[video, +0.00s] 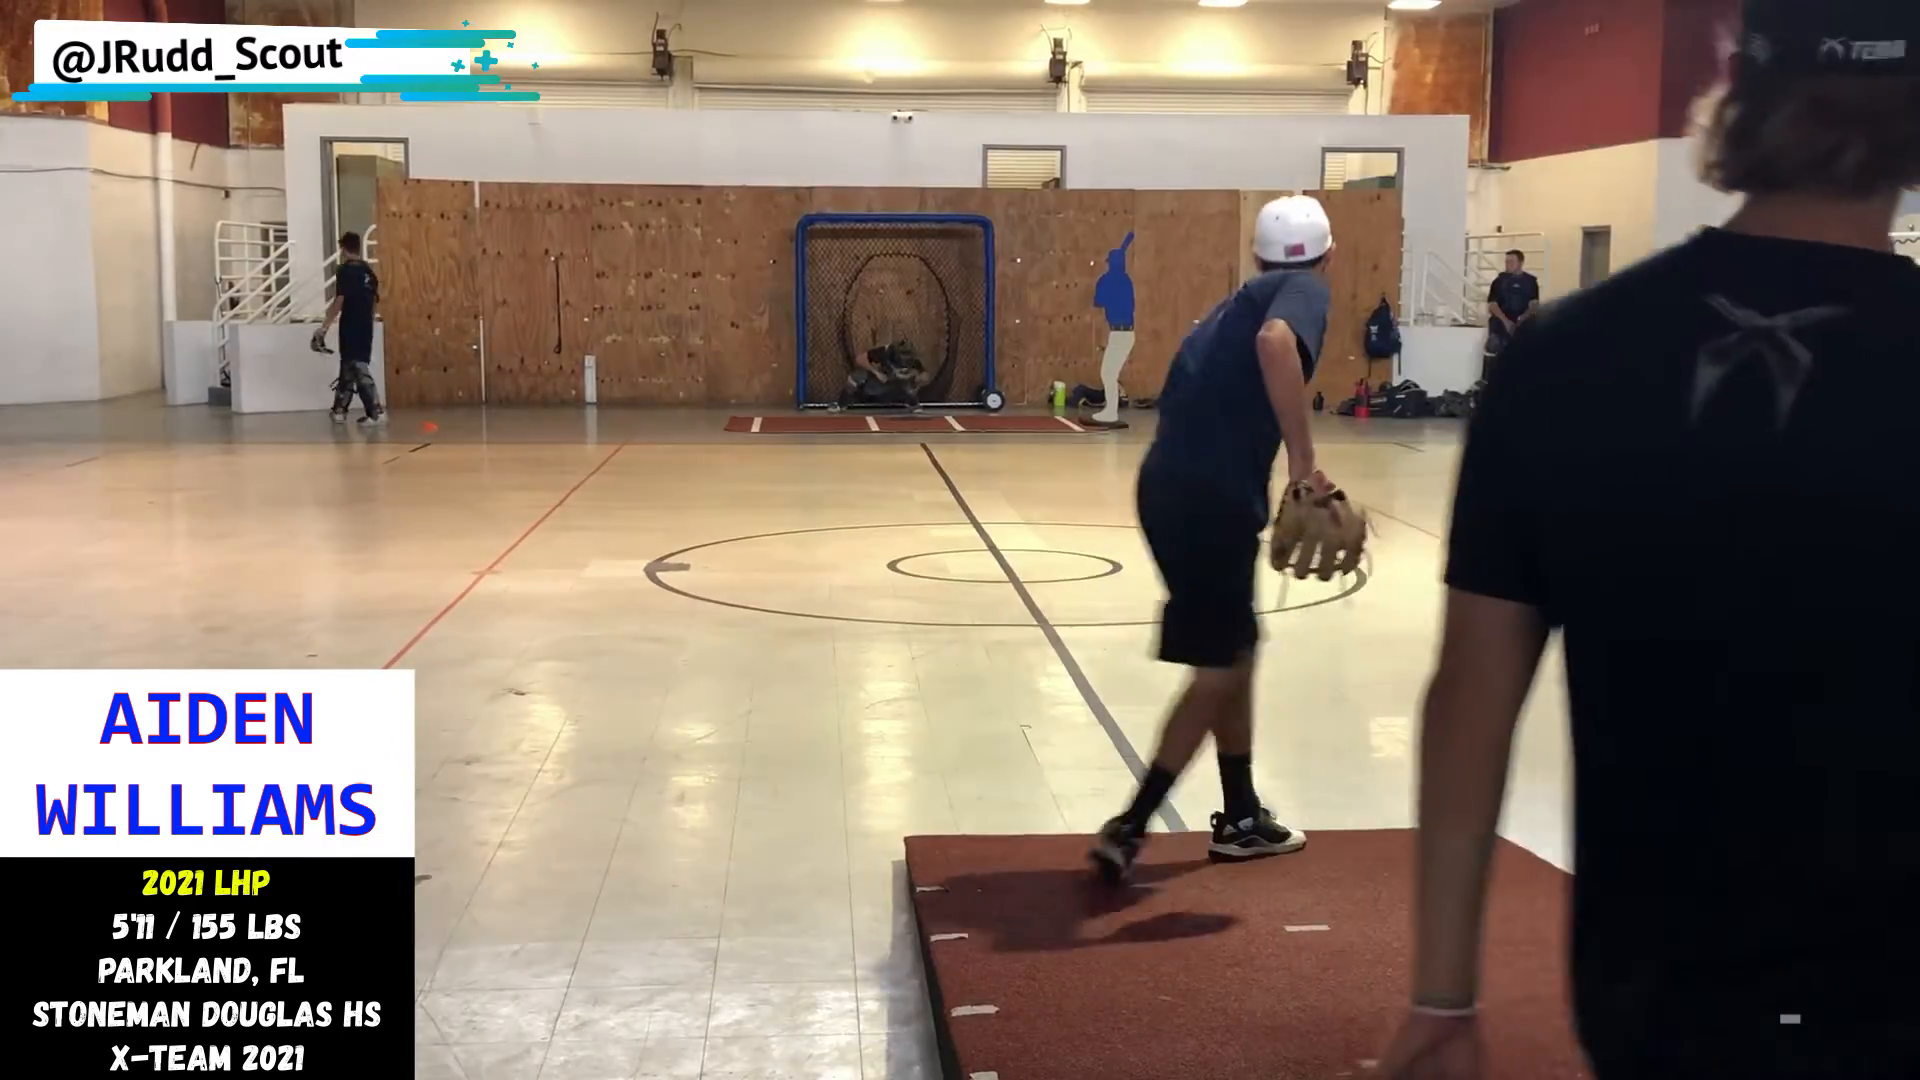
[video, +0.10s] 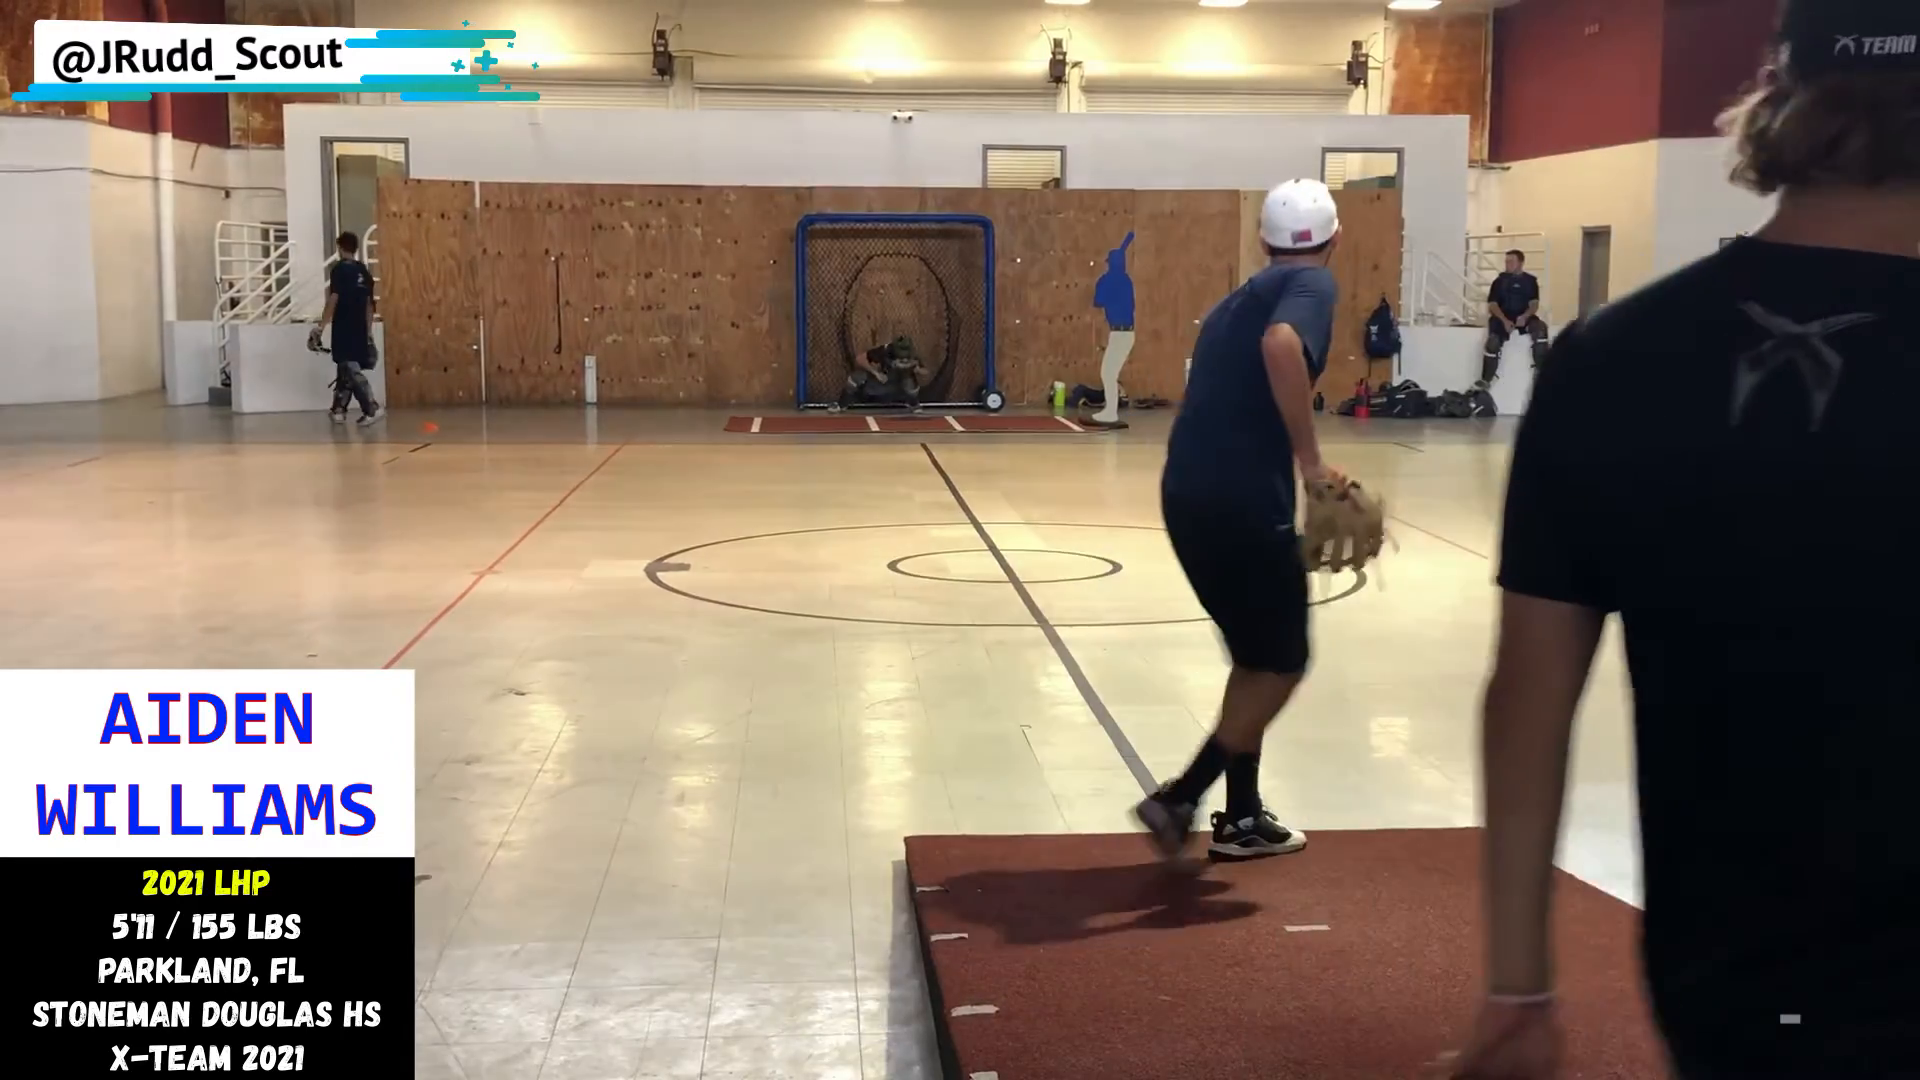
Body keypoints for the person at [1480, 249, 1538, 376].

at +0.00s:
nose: (1508, 264)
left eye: (1511, 261)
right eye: (1507, 261)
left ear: (1520, 262)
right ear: (1505, 262)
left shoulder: (1530, 280)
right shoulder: (1500, 280)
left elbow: (1534, 305)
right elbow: (1492, 304)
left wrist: (1521, 319)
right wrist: (1506, 322)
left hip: (1522, 327)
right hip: (1500, 325)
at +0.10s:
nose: (1508, 265)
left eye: (1511, 262)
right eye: (1507, 261)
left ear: (1520, 263)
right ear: (1505, 263)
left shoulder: (1530, 280)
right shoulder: (1500, 280)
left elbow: (1534, 303)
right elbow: (1492, 304)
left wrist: (1525, 316)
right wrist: (1504, 320)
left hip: (1523, 315)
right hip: (1503, 315)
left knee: (1540, 329)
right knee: (1494, 339)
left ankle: (1541, 369)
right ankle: (1486, 378)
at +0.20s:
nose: (1507, 264)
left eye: (1510, 261)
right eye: (1506, 261)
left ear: (1519, 263)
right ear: (1504, 262)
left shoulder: (1530, 280)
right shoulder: (1499, 280)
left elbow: (1533, 304)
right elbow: (1492, 304)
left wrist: (1524, 316)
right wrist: (1504, 320)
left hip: (1523, 315)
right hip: (1502, 316)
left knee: (1539, 328)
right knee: (1493, 340)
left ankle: (1540, 368)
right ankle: (1486, 378)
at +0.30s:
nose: (1508, 265)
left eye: (1511, 262)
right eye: (1507, 261)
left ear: (1520, 263)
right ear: (1505, 262)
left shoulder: (1529, 280)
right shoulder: (1499, 280)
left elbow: (1533, 303)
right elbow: (1492, 304)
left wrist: (1525, 316)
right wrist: (1503, 319)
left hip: (1523, 316)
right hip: (1502, 316)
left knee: (1539, 328)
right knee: (1493, 339)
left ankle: (1540, 369)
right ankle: (1486, 379)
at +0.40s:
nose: (1510, 265)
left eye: (1514, 262)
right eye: (1509, 262)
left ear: (1521, 263)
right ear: (1506, 262)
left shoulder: (1530, 280)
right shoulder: (1499, 280)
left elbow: (1533, 303)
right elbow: (1491, 304)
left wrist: (1525, 316)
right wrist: (1504, 318)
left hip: (1523, 316)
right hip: (1502, 316)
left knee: (1540, 328)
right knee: (1493, 339)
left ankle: (1540, 368)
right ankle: (1486, 379)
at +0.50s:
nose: (1511, 265)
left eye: (1515, 263)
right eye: (1509, 262)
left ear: (1521, 264)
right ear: (1506, 262)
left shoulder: (1529, 280)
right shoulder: (1499, 280)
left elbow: (1533, 303)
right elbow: (1491, 304)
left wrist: (1525, 316)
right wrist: (1503, 318)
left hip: (1523, 316)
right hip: (1502, 316)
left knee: (1540, 328)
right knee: (1493, 340)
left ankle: (1540, 368)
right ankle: (1485, 379)